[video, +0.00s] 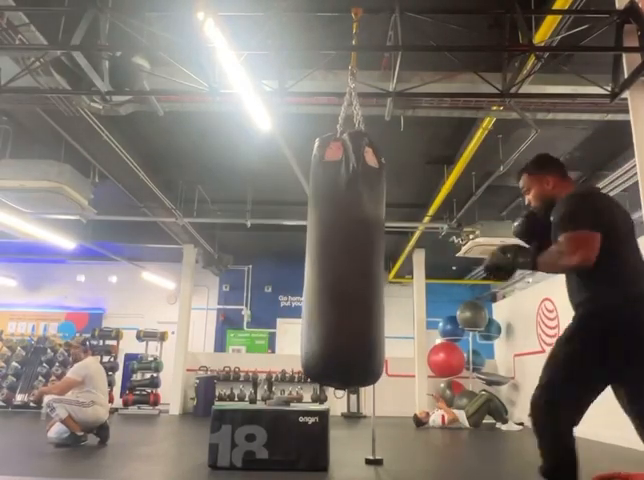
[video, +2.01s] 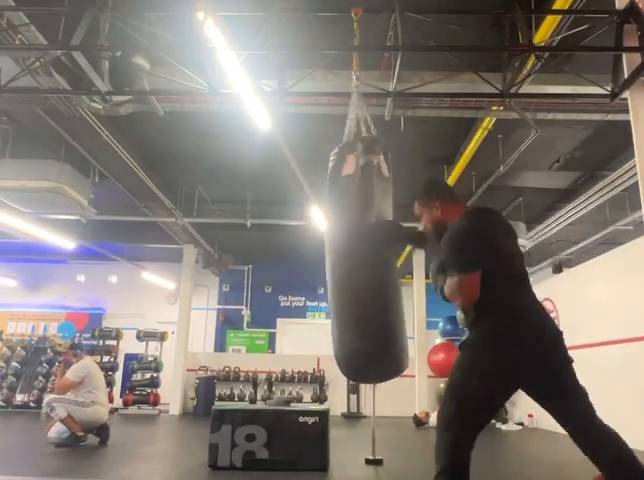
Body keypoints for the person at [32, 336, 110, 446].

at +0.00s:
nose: (71, 352)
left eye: (75, 348)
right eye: (72, 348)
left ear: (87, 352)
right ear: (88, 353)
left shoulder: (84, 365)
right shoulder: (95, 364)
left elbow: (59, 390)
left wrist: (41, 391)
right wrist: (56, 420)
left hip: (93, 410)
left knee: (51, 402)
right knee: (53, 435)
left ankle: (78, 434)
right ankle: (95, 428)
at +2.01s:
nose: (64, 358)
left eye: (66, 354)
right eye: (63, 355)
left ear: (75, 353)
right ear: (78, 353)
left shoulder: (83, 365)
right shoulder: (89, 363)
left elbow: (59, 389)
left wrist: (62, 368)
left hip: (94, 410)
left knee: (50, 402)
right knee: (53, 435)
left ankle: (79, 434)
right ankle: (95, 429)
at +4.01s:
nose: (45, 373)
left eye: (43, 369)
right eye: (42, 371)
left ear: (48, 362)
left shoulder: (62, 356)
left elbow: (74, 374)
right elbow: (60, 403)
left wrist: (63, 385)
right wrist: (47, 434)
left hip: (111, 370)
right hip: (119, 372)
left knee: (69, 394)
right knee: (88, 404)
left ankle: (79, 435)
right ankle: (118, 428)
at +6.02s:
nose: (15, 278)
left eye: (19, 275)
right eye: (14, 274)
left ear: (29, 276)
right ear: (15, 276)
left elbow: (55, 319)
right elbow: (8, 322)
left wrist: (55, 347)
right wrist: (3, 341)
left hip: (29, 342)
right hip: (11, 341)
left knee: (6, 376)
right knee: (18, 386)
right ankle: (20, 430)